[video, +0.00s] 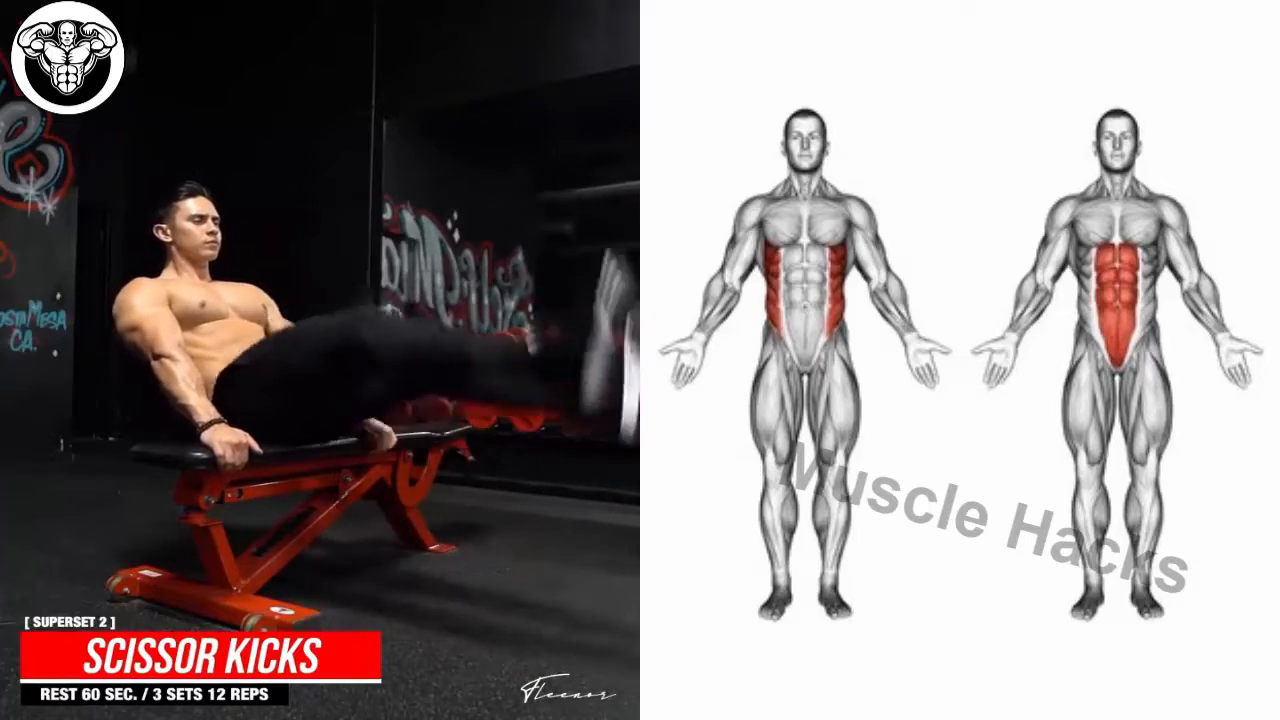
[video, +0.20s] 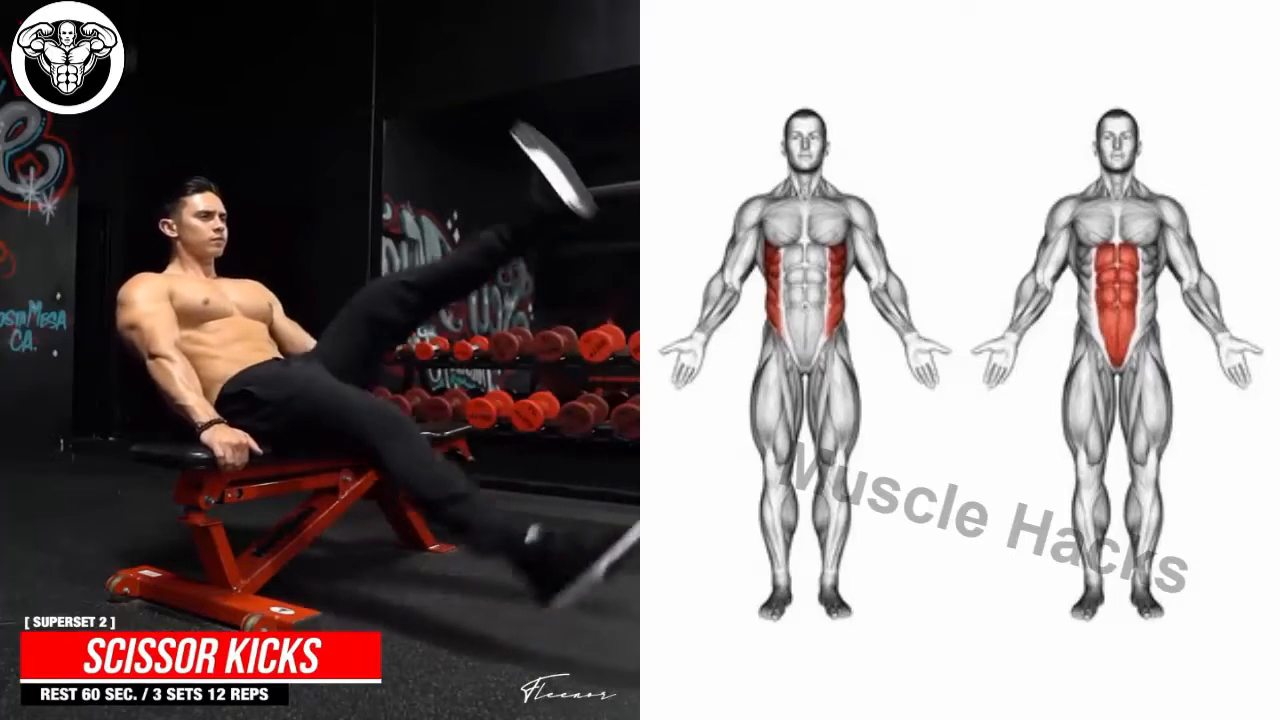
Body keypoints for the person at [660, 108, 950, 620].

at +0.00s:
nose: (805, 145)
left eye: (812, 138)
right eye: (797, 138)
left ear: (825, 145)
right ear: (785, 146)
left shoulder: (851, 211)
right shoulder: (758, 211)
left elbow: (881, 281)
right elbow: (729, 281)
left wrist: (909, 336)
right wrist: (700, 336)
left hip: (832, 355)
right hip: (777, 355)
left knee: (834, 467)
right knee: (777, 469)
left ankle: (829, 584)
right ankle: (780, 585)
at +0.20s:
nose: (805, 145)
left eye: (812, 138)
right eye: (797, 138)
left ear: (825, 145)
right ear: (785, 145)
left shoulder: (851, 211)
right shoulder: (758, 211)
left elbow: (881, 281)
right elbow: (729, 281)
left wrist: (909, 336)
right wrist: (700, 336)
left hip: (832, 355)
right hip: (777, 355)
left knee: (834, 467)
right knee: (776, 469)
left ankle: (830, 584)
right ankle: (780, 585)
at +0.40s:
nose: (805, 145)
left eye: (812, 138)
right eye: (797, 138)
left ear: (825, 145)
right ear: (785, 145)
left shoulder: (851, 211)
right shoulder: (758, 211)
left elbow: (881, 281)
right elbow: (729, 281)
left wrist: (909, 336)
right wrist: (700, 336)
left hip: (832, 356)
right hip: (777, 355)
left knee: (834, 467)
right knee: (776, 469)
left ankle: (830, 584)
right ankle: (780, 585)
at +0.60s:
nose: (805, 145)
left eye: (812, 138)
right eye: (797, 138)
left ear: (825, 145)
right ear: (785, 145)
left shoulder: (851, 211)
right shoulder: (758, 211)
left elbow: (881, 281)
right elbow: (729, 281)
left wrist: (910, 336)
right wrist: (700, 336)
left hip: (832, 356)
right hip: (777, 355)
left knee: (834, 467)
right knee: (777, 468)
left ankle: (830, 584)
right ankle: (780, 585)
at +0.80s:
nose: (805, 145)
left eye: (812, 138)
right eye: (797, 138)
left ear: (825, 145)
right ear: (785, 145)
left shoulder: (851, 211)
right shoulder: (758, 211)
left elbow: (881, 281)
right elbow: (729, 281)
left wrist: (909, 336)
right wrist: (700, 336)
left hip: (832, 356)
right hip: (777, 356)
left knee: (834, 467)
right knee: (776, 469)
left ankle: (830, 584)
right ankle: (780, 585)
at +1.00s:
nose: (805, 145)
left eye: (812, 138)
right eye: (797, 138)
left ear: (825, 145)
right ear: (785, 146)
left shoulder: (851, 211)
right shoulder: (758, 211)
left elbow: (881, 281)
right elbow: (729, 281)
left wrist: (910, 336)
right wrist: (700, 336)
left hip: (832, 356)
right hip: (777, 355)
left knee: (834, 467)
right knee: (777, 469)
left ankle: (829, 584)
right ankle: (780, 585)